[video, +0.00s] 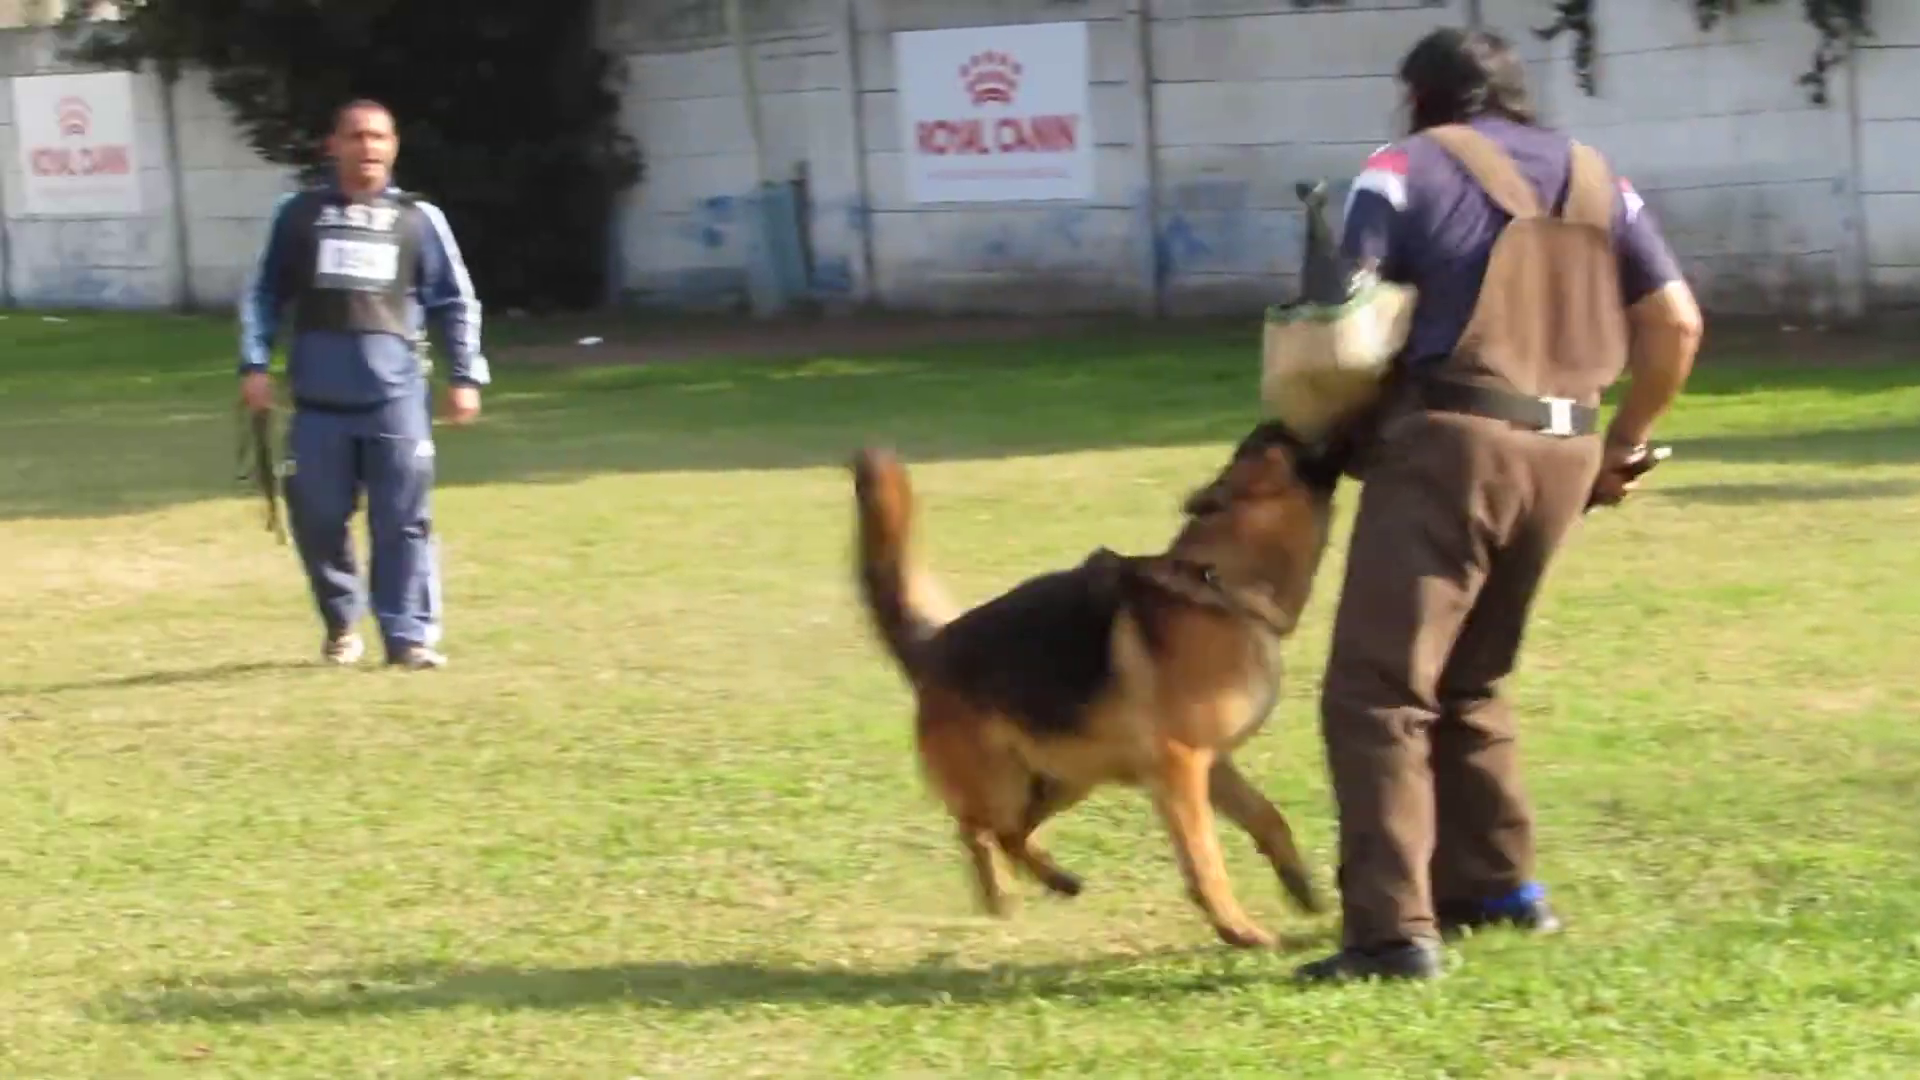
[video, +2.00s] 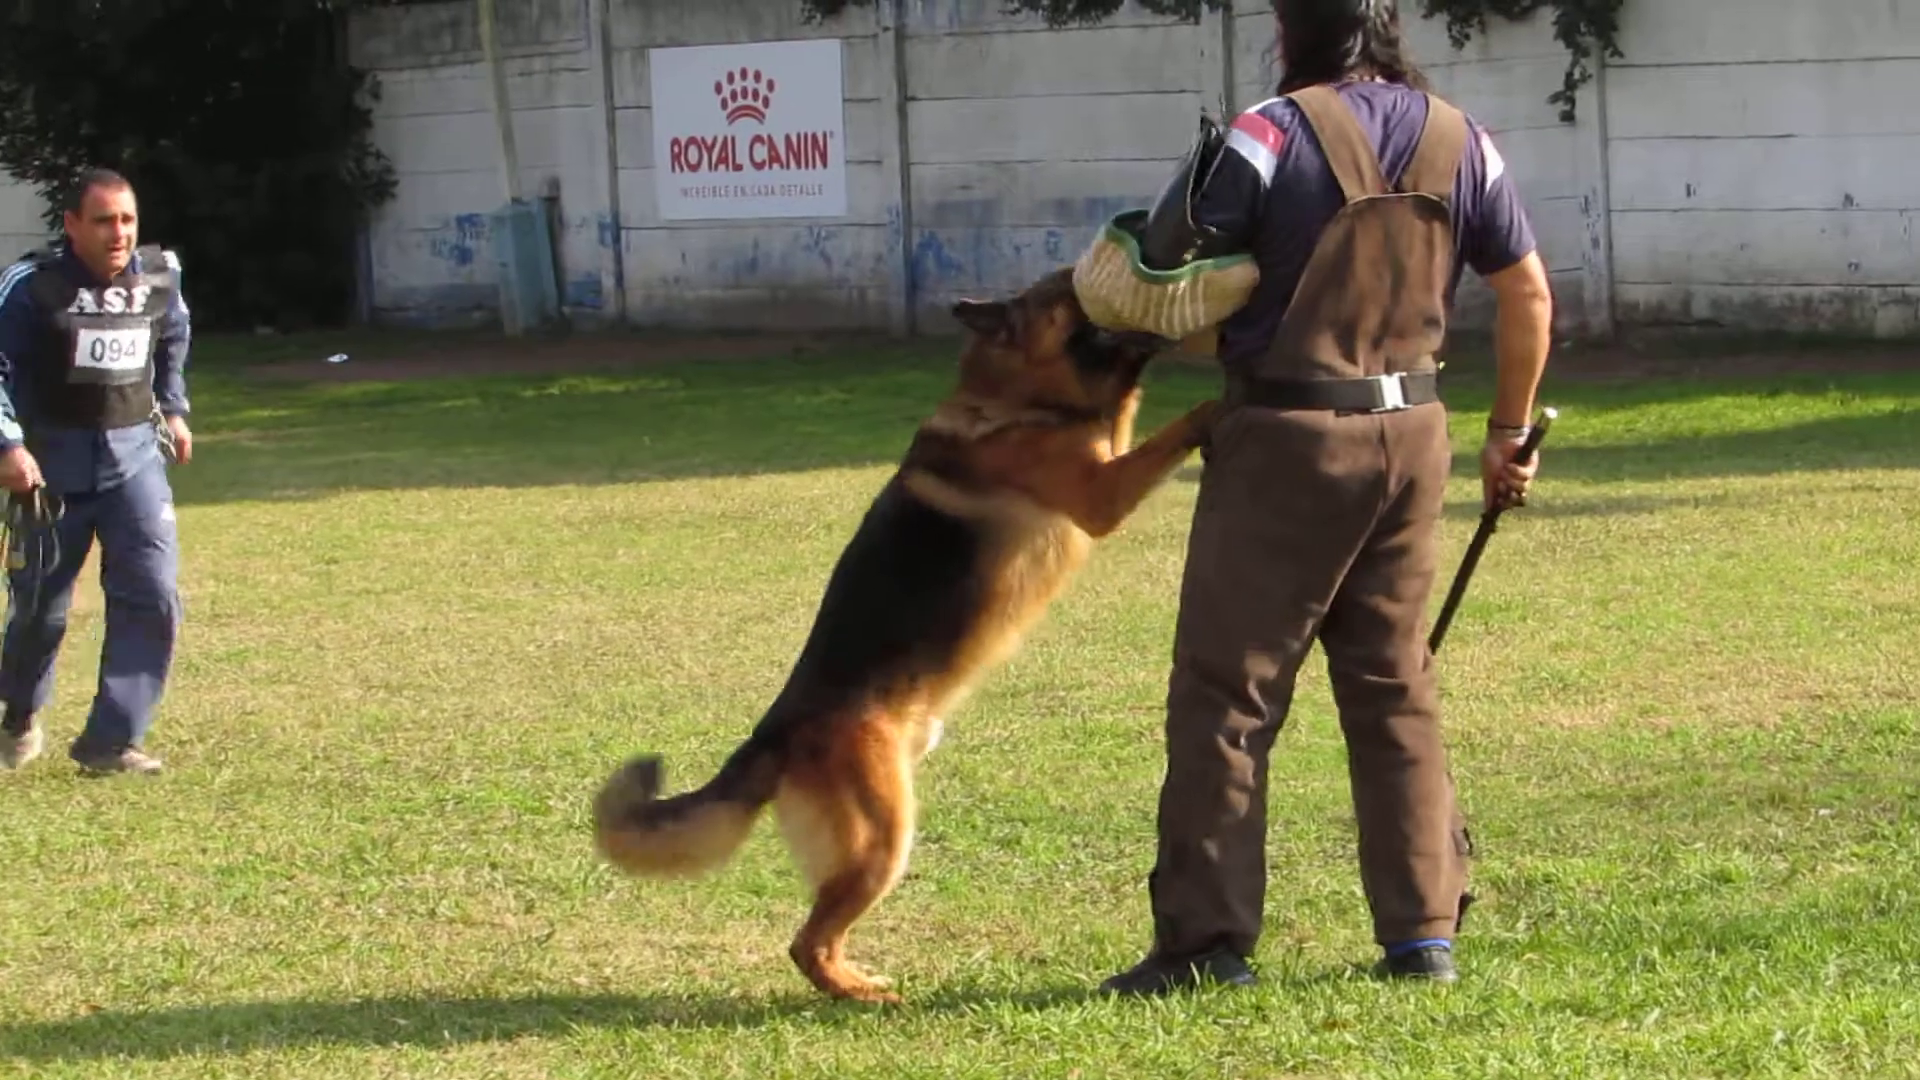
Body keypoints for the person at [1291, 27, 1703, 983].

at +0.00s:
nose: (1402, 122)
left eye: (1405, 107)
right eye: (1405, 109)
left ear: (1425, 102)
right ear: (1512, 92)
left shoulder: (1407, 167)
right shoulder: (1597, 177)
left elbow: (1344, 329)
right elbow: (1675, 324)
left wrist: (1331, 429)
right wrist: (1627, 439)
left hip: (1454, 443)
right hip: (1567, 456)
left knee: (1377, 690)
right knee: (1472, 683)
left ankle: (1390, 935)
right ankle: (1494, 887)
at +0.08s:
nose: (1453, 94)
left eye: (1457, 79)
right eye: (1456, 82)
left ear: (1476, 75)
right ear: (1566, 73)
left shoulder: (1457, 133)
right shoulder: (1636, 161)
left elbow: (1380, 266)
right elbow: (1721, 305)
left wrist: (1357, 378)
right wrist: (1687, 432)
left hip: (1496, 431)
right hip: (1604, 440)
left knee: (1430, 681)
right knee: (1527, 675)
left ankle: (1437, 933)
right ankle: (1580, 885)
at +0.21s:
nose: (1482, 63)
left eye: (1484, 50)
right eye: (1488, 51)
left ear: (1501, 51)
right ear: (1587, 48)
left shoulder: (1497, 112)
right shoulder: (1651, 141)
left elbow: (1414, 248)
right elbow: (1742, 286)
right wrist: (1751, 427)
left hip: (1533, 425)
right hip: (1634, 429)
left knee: (1479, 680)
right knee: (1580, 660)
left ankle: (1475, 936)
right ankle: (1708, 854)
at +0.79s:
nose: (1493, 29)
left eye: (1498, 19)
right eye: (1499, 21)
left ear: (1515, 27)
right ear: (1600, 29)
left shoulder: (1493, 98)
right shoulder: (1665, 132)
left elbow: (1386, 230)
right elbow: (1741, 284)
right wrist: (1744, 427)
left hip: (1529, 431)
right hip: (1644, 426)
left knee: (1458, 685)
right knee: (1632, 677)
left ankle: (1413, 935)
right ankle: (1689, 918)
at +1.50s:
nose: (1389, 42)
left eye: (1394, 28)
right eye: (1395, 28)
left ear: (1410, 33)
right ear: (1503, 36)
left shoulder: (1378, 121)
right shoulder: (1577, 135)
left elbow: (1280, 261)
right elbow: (1649, 291)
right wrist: (1663, 429)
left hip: (1403, 437)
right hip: (1534, 436)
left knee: (1341, 687)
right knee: (1511, 684)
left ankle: (1306, 937)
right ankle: (1525, 932)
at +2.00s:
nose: (1276, 41)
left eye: (1280, 29)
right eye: (1282, 28)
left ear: (1295, 38)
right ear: (1386, 36)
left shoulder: (1273, 129)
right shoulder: (1461, 138)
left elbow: (1176, 262)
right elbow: (1529, 296)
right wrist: (1512, 430)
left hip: (1290, 444)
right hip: (1415, 440)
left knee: (1227, 693)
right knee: (1395, 682)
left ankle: (1204, 944)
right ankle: (1424, 933)